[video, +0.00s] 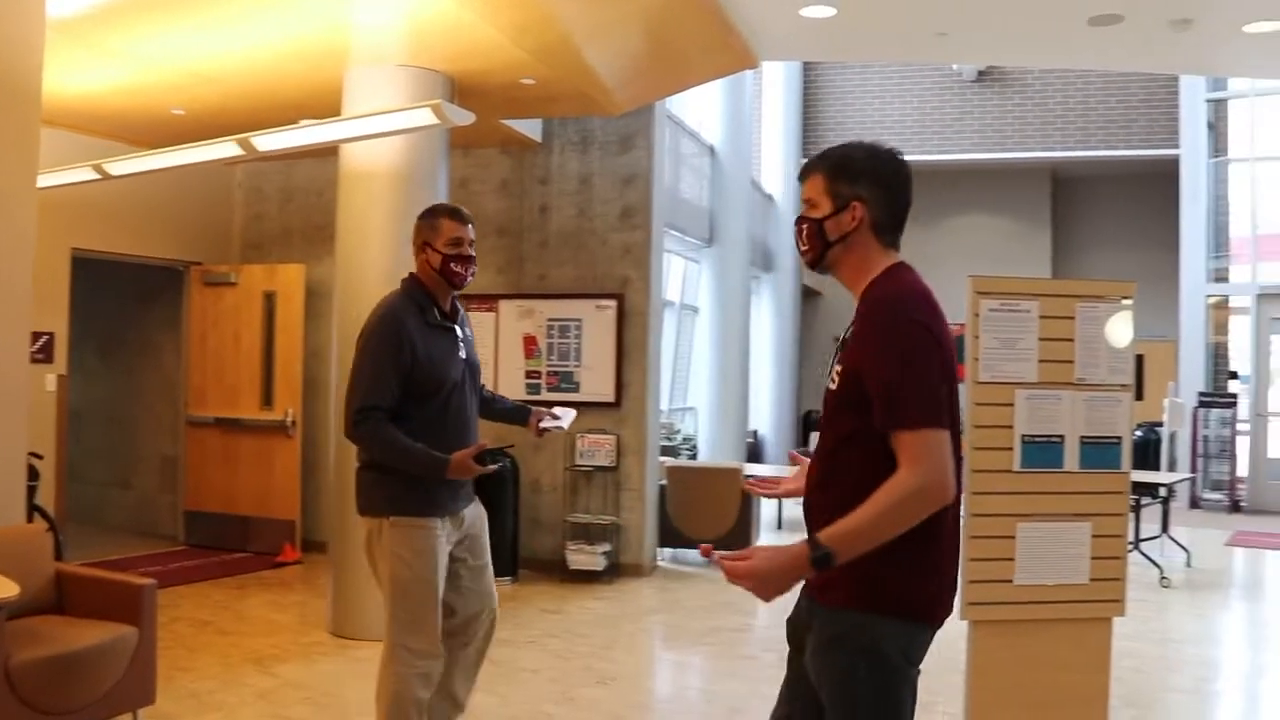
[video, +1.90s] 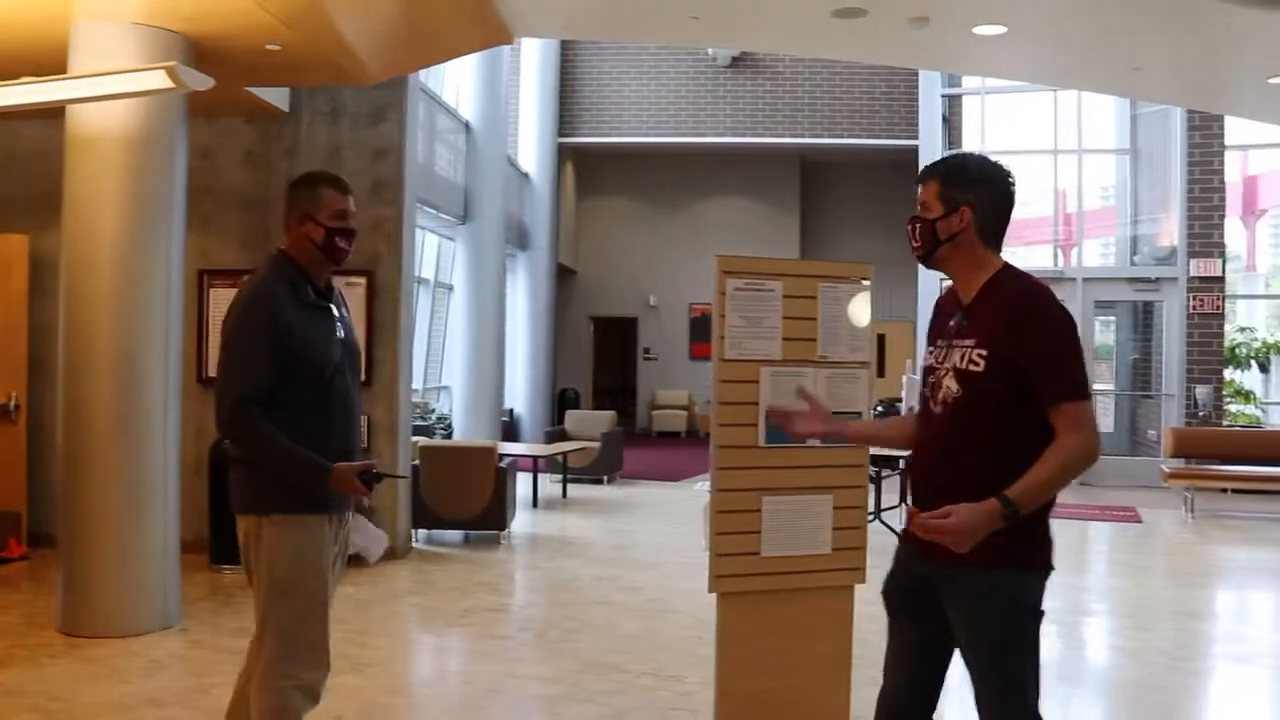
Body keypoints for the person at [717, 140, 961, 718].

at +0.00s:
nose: (800, 229)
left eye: (810, 213)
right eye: (801, 214)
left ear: (854, 217)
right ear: (853, 217)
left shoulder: (898, 306)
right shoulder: (880, 304)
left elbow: (930, 480)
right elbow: (896, 455)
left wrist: (802, 558)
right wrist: (817, 477)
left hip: (875, 611)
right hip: (841, 599)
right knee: (795, 713)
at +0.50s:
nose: (853, 218)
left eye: (859, 204)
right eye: (855, 204)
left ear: (886, 211)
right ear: (910, 213)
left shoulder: (933, 305)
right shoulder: (919, 299)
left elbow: (970, 470)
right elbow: (901, 445)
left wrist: (853, 548)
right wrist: (808, 454)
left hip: (900, 586)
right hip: (887, 579)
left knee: (874, 709)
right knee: (873, 707)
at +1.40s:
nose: (900, 232)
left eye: (911, 219)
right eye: (900, 220)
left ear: (952, 225)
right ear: (945, 226)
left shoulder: (995, 308)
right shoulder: (949, 312)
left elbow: (1034, 443)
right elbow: (925, 446)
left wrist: (936, 512)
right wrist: (837, 460)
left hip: (949, 569)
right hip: (906, 560)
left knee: (928, 712)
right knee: (905, 710)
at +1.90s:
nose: (914, 225)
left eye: (924, 211)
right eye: (915, 212)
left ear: (963, 220)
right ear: (957, 222)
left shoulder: (1034, 309)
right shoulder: (949, 306)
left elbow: (1082, 442)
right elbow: (933, 426)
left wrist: (991, 513)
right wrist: (834, 428)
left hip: (999, 566)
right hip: (923, 554)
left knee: (1009, 713)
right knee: (899, 711)